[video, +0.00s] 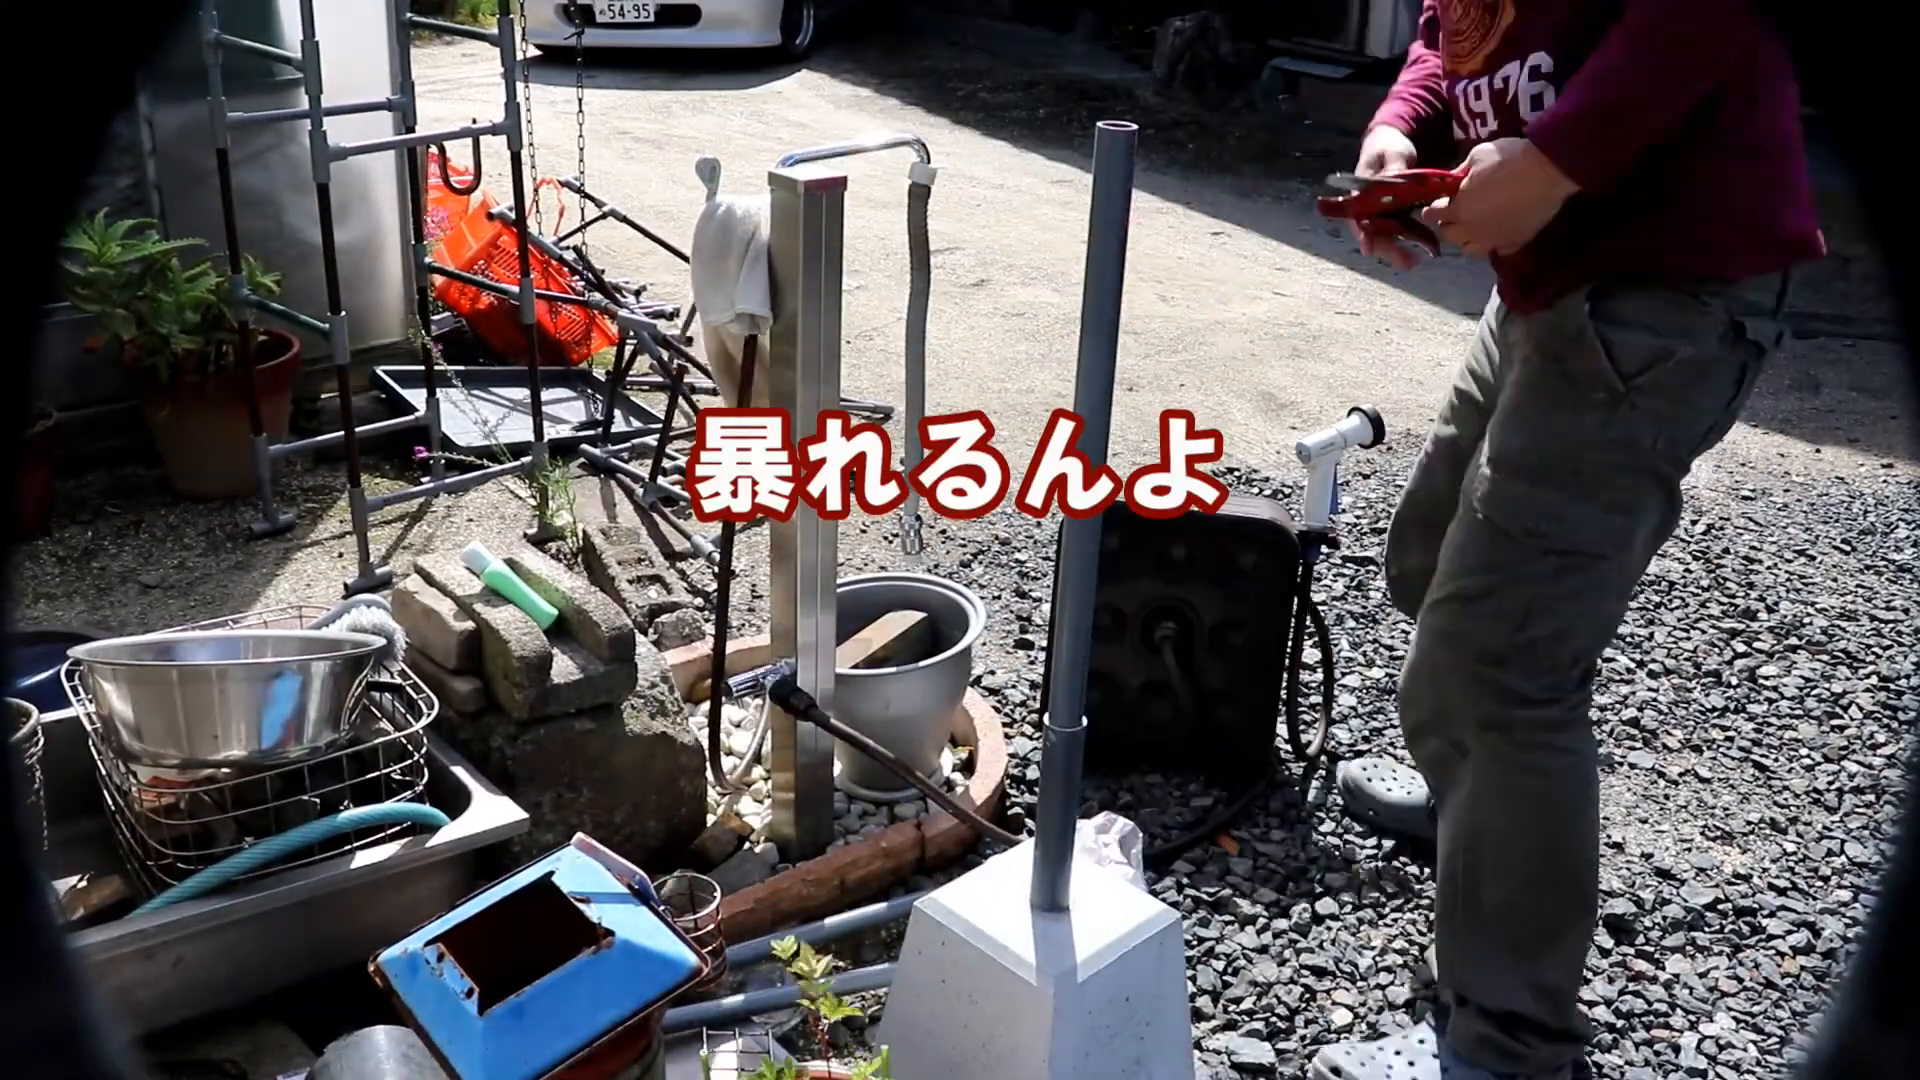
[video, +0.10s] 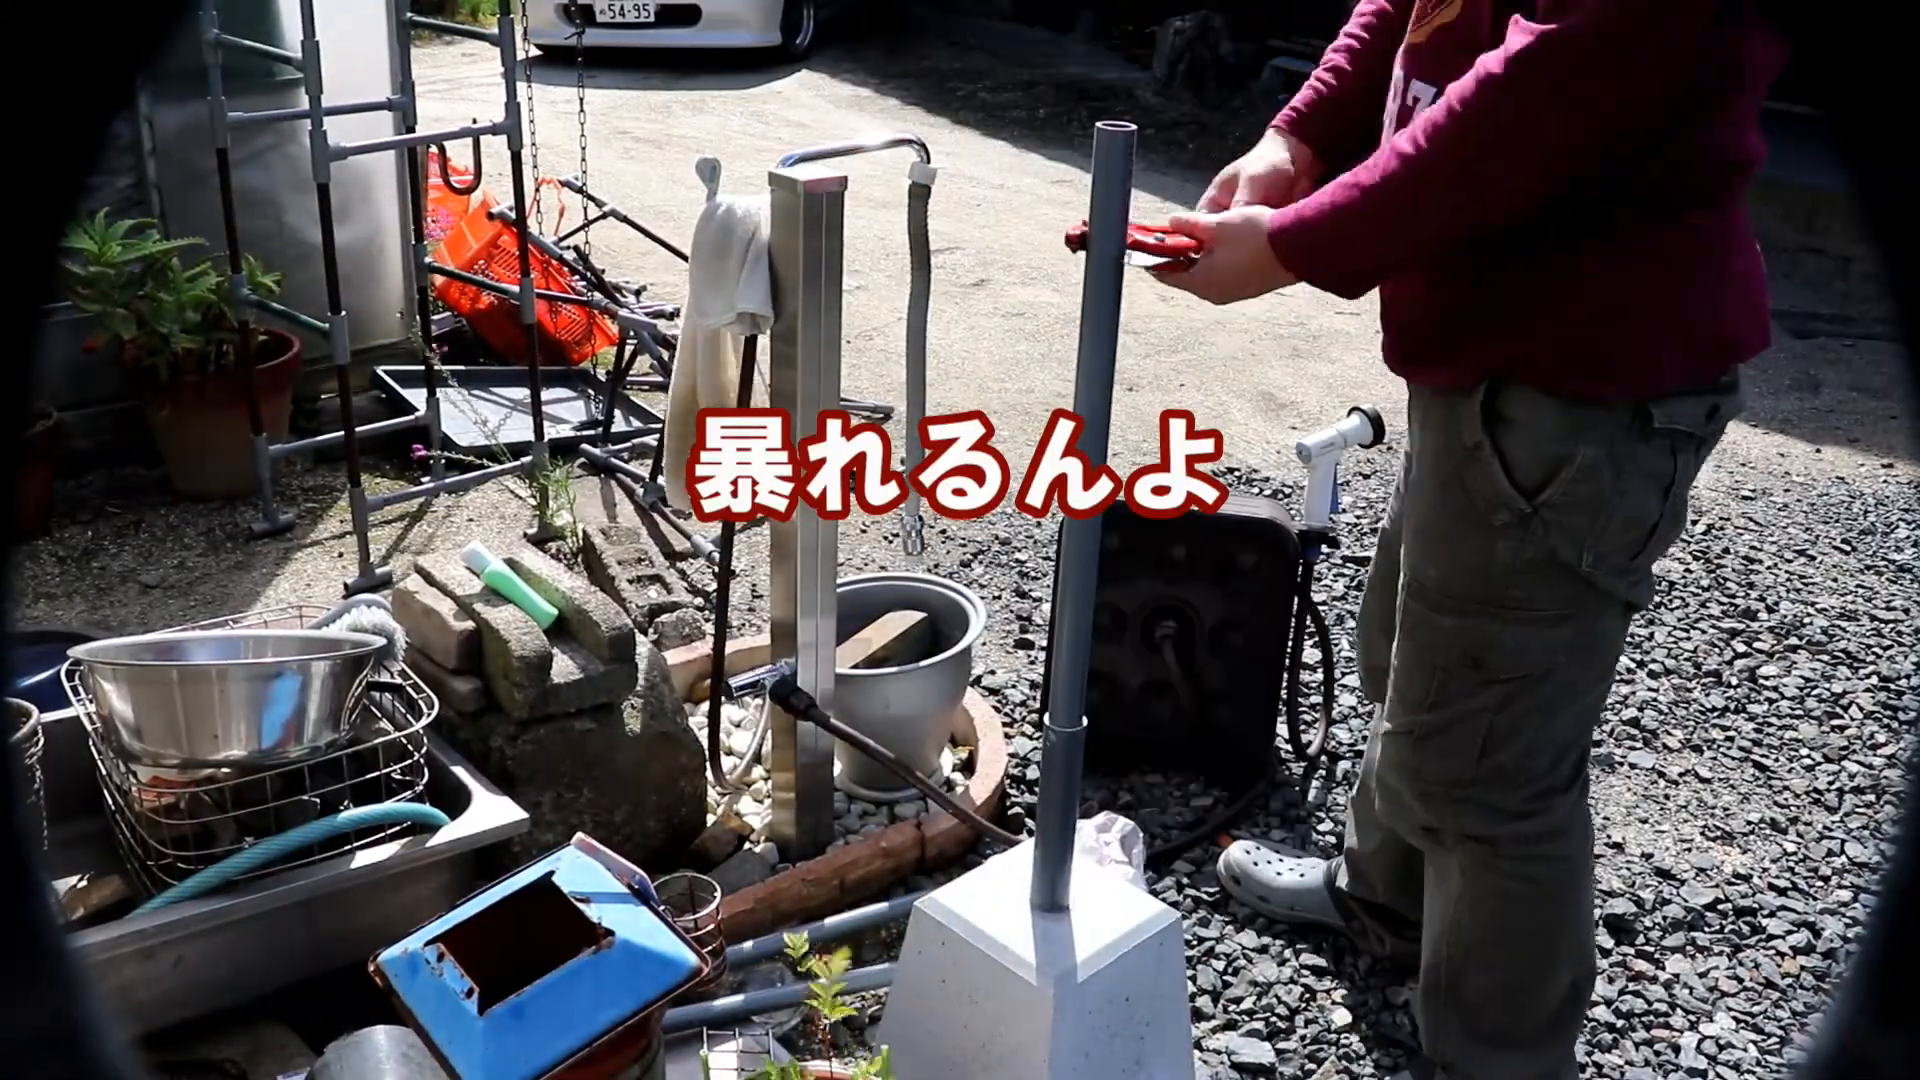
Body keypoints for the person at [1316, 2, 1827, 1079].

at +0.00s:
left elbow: (1703, 28)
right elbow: (1451, 36)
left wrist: (1560, 153)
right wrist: (1399, 124)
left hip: (1674, 277)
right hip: (1559, 259)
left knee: (1498, 668)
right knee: (1434, 561)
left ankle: (1510, 1043)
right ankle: (1468, 802)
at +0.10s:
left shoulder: (1653, 17)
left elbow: (1553, 95)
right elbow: (1414, 8)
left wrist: (1293, 246)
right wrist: (1299, 138)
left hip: (1594, 344)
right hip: (1483, 309)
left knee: (1487, 756)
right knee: (1416, 652)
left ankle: (1493, 1055)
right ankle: (1385, 904)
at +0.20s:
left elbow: (1560, 105)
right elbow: (1408, 11)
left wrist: (1311, 309)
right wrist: (1279, 192)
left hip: (1635, 344)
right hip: (1524, 307)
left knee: (1487, 763)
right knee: (1417, 659)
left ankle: (1492, 1056)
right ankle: (1383, 905)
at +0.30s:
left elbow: (1532, 100)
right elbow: (1409, 14)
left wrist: (1295, 294)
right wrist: (1282, 193)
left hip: (1628, 346)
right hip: (1515, 310)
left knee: (1488, 767)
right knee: (1420, 657)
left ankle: (1490, 1054)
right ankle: (1383, 902)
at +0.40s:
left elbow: (1524, 112)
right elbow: (1386, 5)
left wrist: (1283, 297)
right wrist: (1268, 183)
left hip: (1609, 342)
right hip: (1504, 302)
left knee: (1485, 764)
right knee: (1419, 650)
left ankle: (1491, 1057)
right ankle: (1384, 899)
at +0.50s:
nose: (1196, 248)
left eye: (1179, 219)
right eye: (1173, 230)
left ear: (1237, 152)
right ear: (1245, 136)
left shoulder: (1353, 225)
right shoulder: (1367, 120)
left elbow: (1363, 485)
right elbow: (1378, 322)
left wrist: (1266, 592)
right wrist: (1281, 437)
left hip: (1767, 448)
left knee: (1457, 654)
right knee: (1441, 513)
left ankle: (1406, 1002)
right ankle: (1467, 810)